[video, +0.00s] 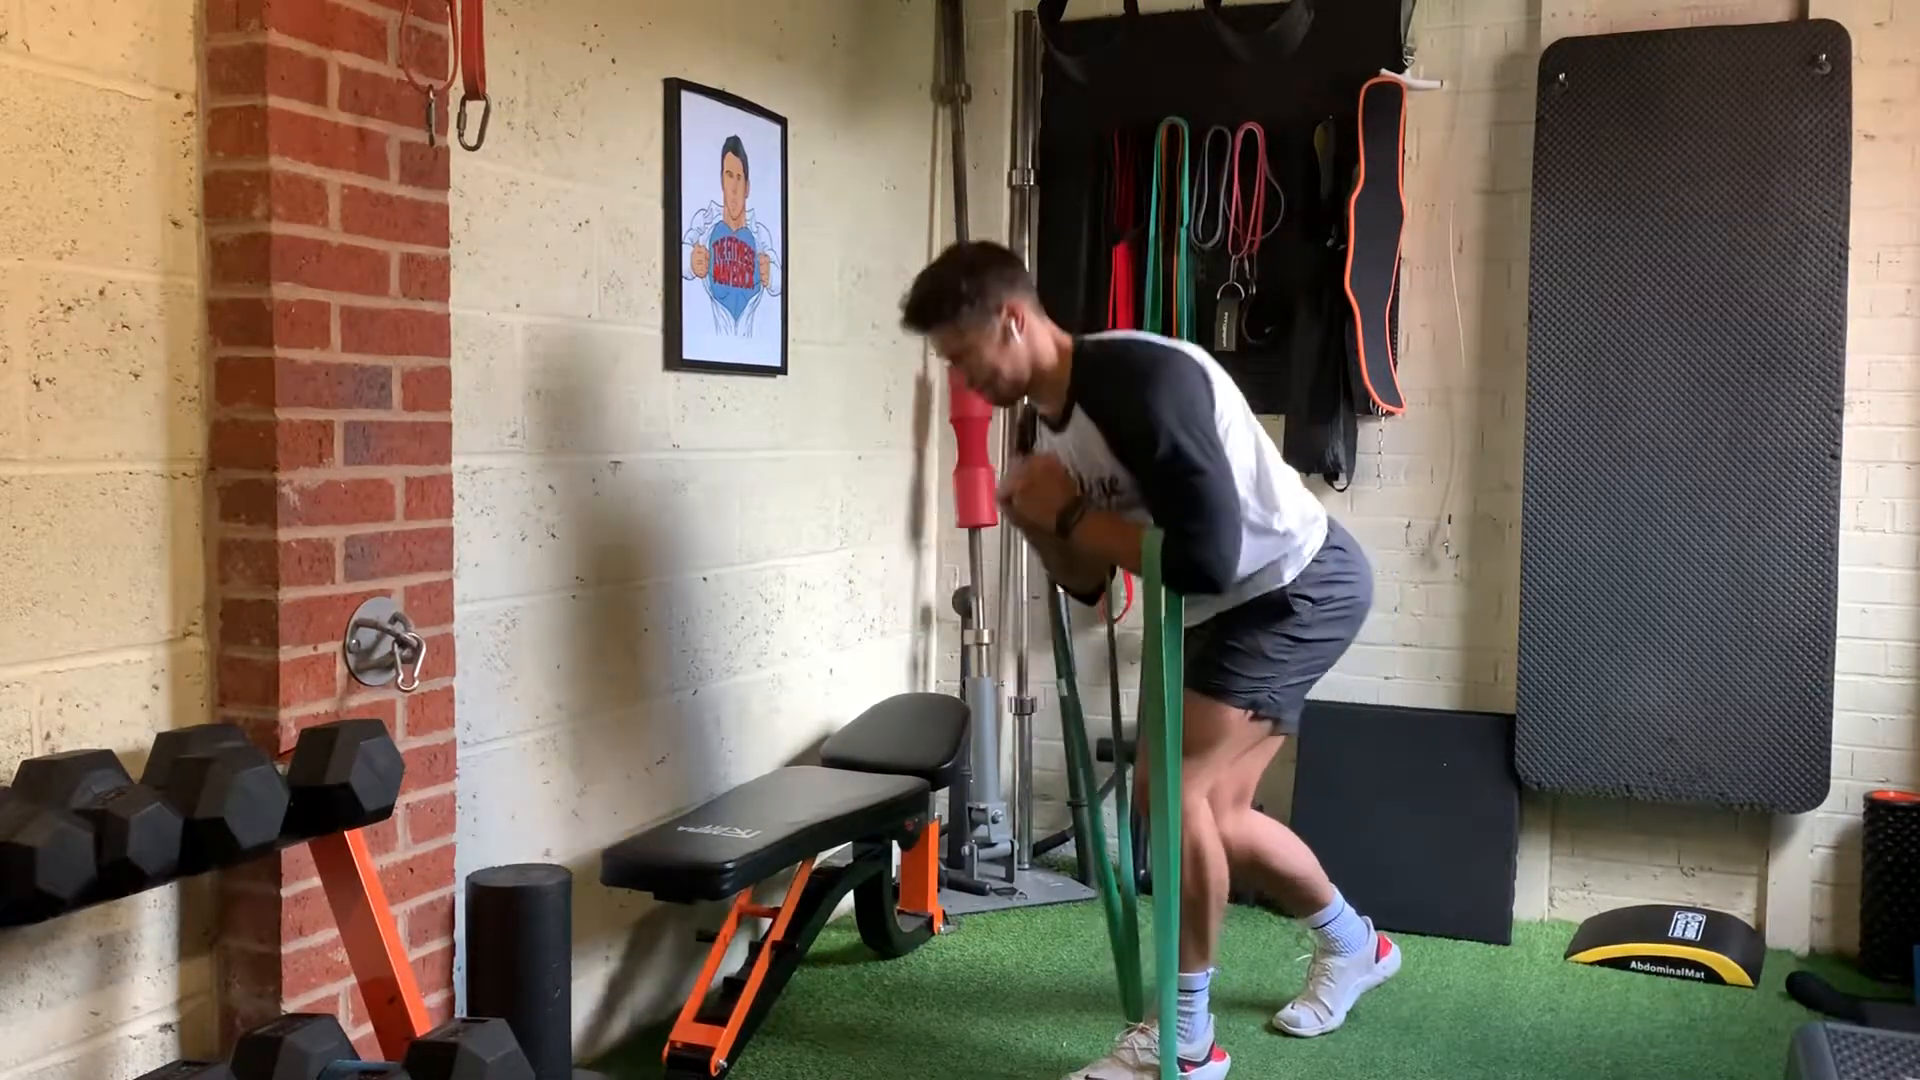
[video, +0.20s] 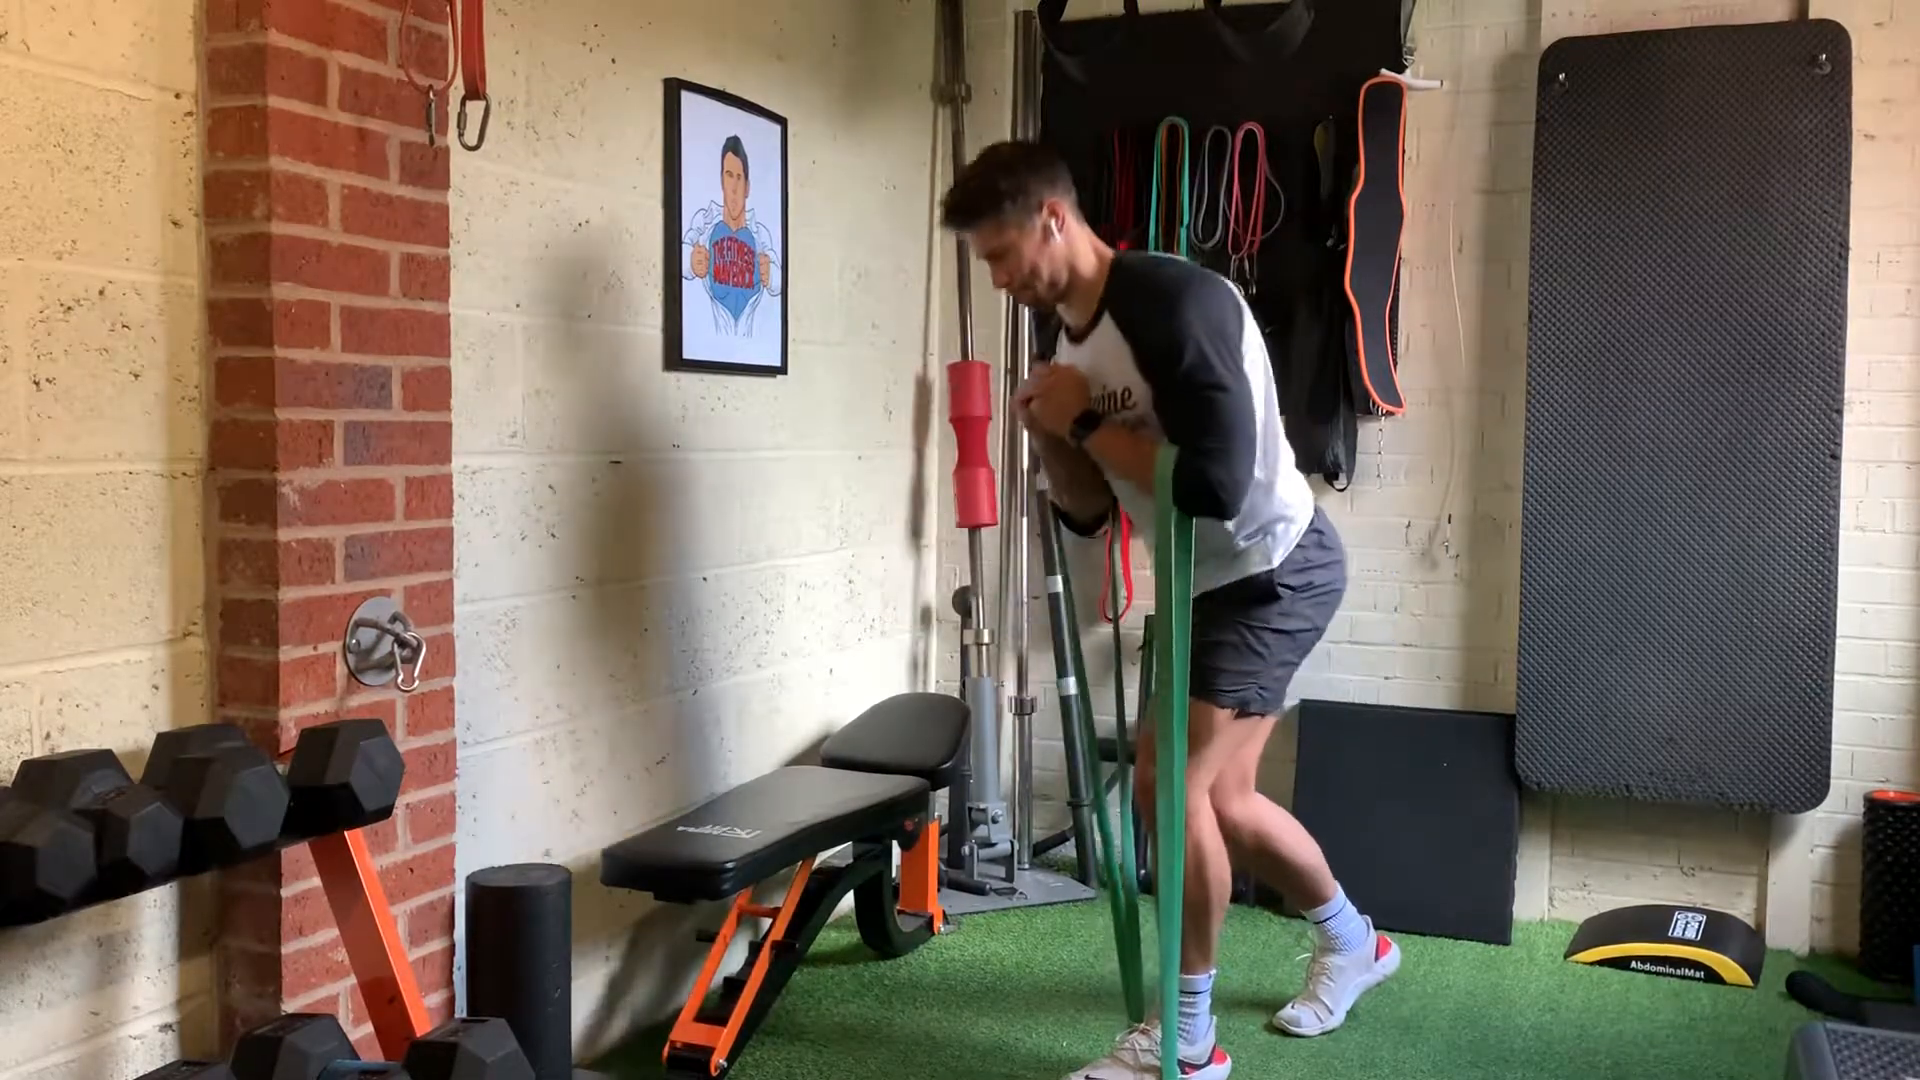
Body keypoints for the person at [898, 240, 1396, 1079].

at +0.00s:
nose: (960, 379)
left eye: (963, 355)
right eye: (948, 363)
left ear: (1017, 319)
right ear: (1011, 328)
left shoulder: (1144, 384)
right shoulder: (1032, 424)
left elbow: (1208, 561)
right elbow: (1092, 587)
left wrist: (1072, 515)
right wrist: (1041, 523)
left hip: (1300, 581)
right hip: (1226, 595)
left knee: (1173, 788)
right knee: (1221, 818)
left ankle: (1185, 1036)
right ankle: (1356, 943)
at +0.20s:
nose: (999, 280)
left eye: (1005, 255)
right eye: (986, 262)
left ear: (1057, 220)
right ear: (1031, 234)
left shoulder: (1180, 302)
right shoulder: (1060, 331)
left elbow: (1220, 488)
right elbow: (1090, 510)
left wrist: (1085, 428)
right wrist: (1050, 434)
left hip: (1274, 565)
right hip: (1200, 570)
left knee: (1167, 782)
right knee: (1226, 800)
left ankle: (1187, 1035)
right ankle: (1357, 941)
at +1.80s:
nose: (953, 420)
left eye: (955, 397)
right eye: (942, 403)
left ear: (1009, 359)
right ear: (1007, 362)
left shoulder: (1155, 408)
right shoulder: (1033, 452)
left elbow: (1222, 582)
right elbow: (1101, 605)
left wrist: (1082, 544)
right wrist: (1046, 560)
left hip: (1309, 587)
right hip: (1228, 598)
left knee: (1173, 787)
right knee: (1205, 807)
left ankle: (1187, 1035)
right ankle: (1348, 937)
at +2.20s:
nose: (935, 569)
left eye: (937, 548)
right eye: (924, 553)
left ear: (988, 514)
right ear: (989, 516)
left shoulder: (1139, 534)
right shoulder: (1026, 563)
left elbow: (1227, 699)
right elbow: (1107, 698)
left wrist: (1081, 672)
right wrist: (1046, 681)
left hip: (1335, 593)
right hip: (1255, 608)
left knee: (1203, 795)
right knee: (1216, 815)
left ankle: (1187, 1038)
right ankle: (1350, 939)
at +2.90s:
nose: (961, 411)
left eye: (965, 388)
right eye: (950, 394)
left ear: (1018, 355)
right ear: (1015, 360)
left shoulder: (1154, 414)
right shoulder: (1039, 448)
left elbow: (1224, 580)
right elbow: (1101, 604)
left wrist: (1084, 544)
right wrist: (1055, 560)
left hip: (1311, 587)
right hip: (1228, 601)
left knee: (1176, 783)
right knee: (1206, 817)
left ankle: (1186, 1035)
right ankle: (1348, 936)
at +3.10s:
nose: (996, 295)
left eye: (1003, 271)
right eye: (986, 278)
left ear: (1058, 241)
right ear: (1040, 252)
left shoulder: (1182, 323)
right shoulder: (1066, 354)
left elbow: (1225, 509)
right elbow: (1091, 530)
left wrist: (1089, 452)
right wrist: (1056, 459)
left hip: (1286, 572)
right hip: (1207, 581)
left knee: (1165, 778)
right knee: (1213, 807)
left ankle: (1186, 1032)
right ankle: (1351, 937)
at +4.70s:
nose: (944, 412)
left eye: (950, 387)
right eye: (937, 394)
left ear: (1008, 356)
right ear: (1005, 362)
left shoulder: (1149, 410)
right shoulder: (1032, 451)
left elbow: (1221, 584)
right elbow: (1093, 605)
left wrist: (1079, 548)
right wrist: (1042, 565)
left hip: (1309, 589)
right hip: (1233, 599)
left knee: (1173, 788)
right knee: (1201, 809)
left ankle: (1187, 1034)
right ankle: (1342, 934)